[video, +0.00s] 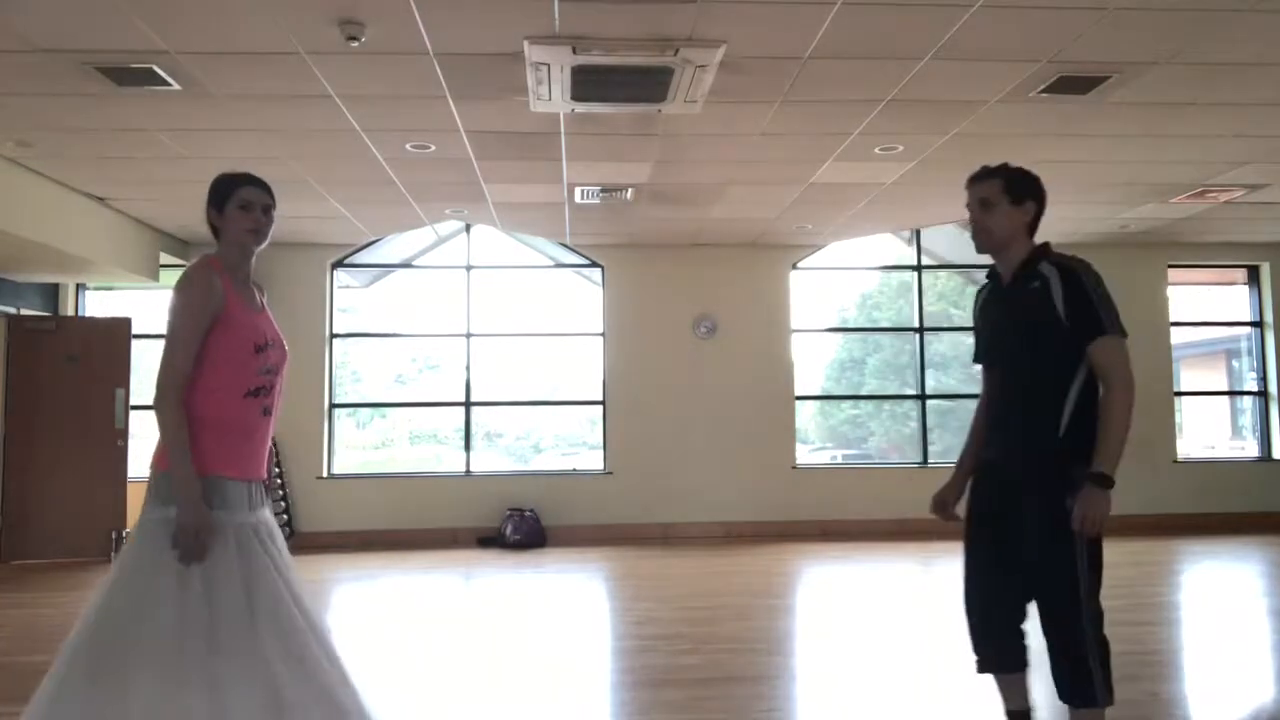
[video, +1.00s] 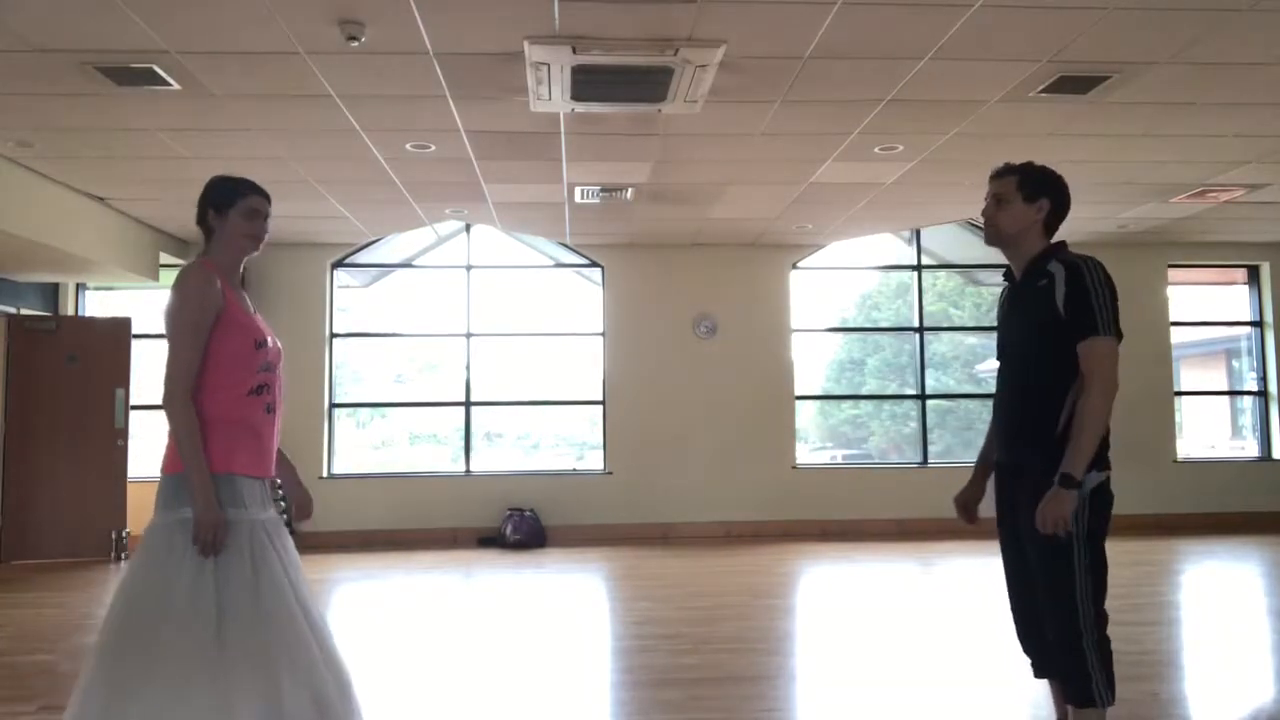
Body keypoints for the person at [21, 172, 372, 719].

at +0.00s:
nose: (257, 218)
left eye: (266, 212)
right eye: (245, 208)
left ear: (272, 226)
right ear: (216, 217)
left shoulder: (256, 294)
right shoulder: (203, 280)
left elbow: (245, 399)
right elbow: (167, 392)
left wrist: (261, 485)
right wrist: (189, 500)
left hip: (245, 497)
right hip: (203, 496)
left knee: (245, 653)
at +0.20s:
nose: (261, 222)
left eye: (268, 214)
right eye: (248, 211)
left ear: (273, 225)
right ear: (219, 218)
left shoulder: (254, 293)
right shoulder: (207, 283)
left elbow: (241, 392)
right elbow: (170, 393)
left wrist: (260, 470)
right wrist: (184, 495)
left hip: (242, 489)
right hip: (205, 487)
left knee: (234, 642)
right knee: (208, 642)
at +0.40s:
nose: (263, 223)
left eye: (270, 215)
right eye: (249, 212)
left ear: (274, 227)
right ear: (220, 219)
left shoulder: (253, 293)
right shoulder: (208, 282)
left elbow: (245, 391)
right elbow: (174, 395)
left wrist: (262, 471)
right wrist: (196, 498)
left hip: (241, 489)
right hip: (203, 488)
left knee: (237, 641)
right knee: (201, 642)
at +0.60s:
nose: (262, 224)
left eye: (269, 216)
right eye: (249, 212)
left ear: (272, 227)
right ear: (218, 219)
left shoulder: (246, 290)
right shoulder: (206, 281)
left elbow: (232, 393)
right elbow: (175, 394)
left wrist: (258, 479)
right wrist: (201, 495)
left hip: (243, 489)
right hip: (207, 490)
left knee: (237, 644)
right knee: (205, 644)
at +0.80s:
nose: (259, 223)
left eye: (266, 217)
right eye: (247, 212)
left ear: (269, 230)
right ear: (215, 218)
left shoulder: (242, 292)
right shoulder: (203, 279)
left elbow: (237, 393)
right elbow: (175, 393)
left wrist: (270, 462)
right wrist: (202, 496)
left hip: (246, 490)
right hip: (210, 489)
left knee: (241, 642)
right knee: (211, 641)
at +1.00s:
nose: (263, 228)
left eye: (266, 219)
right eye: (252, 216)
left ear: (260, 227)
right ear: (214, 218)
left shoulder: (235, 290)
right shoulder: (200, 281)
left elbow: (241, 402)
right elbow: (176, 396)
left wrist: (288, 474)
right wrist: (204, 500)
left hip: (247, 492)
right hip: (216, 494)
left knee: (250, 648)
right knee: (218, 649)